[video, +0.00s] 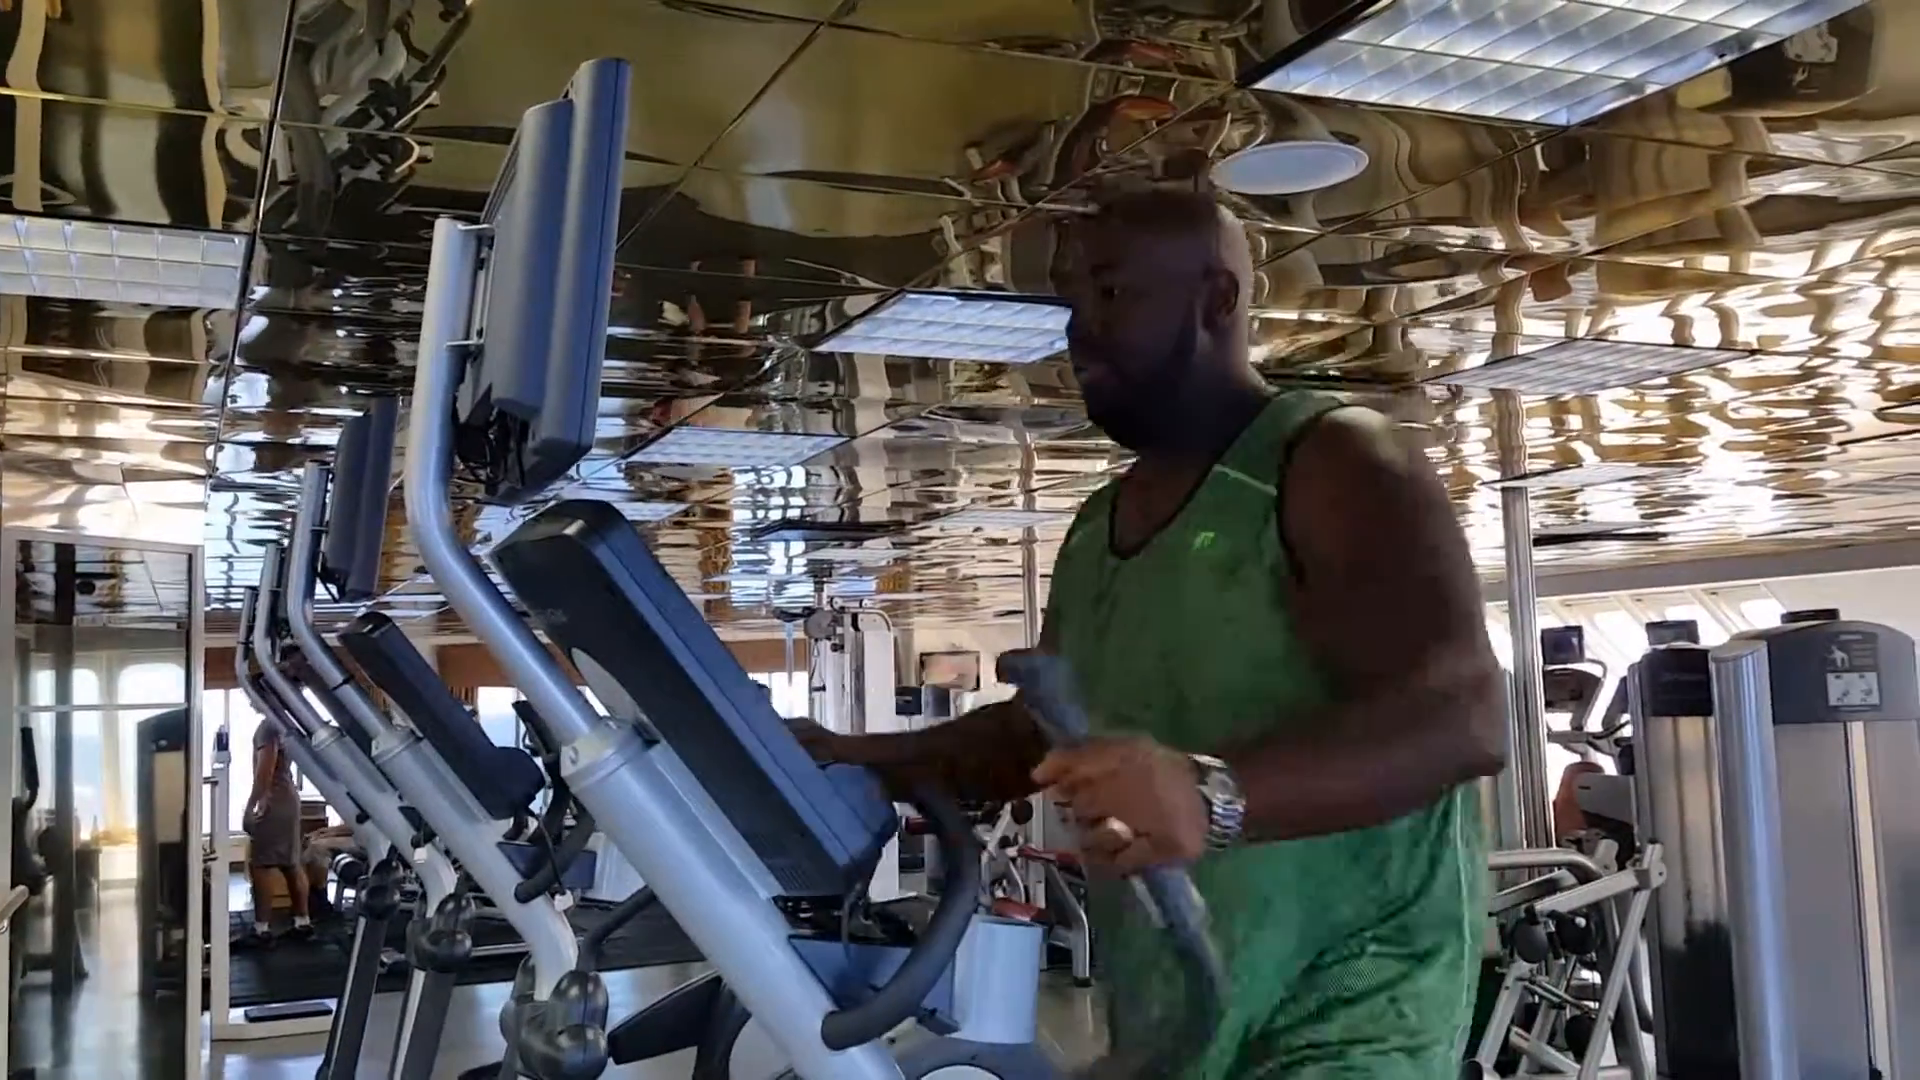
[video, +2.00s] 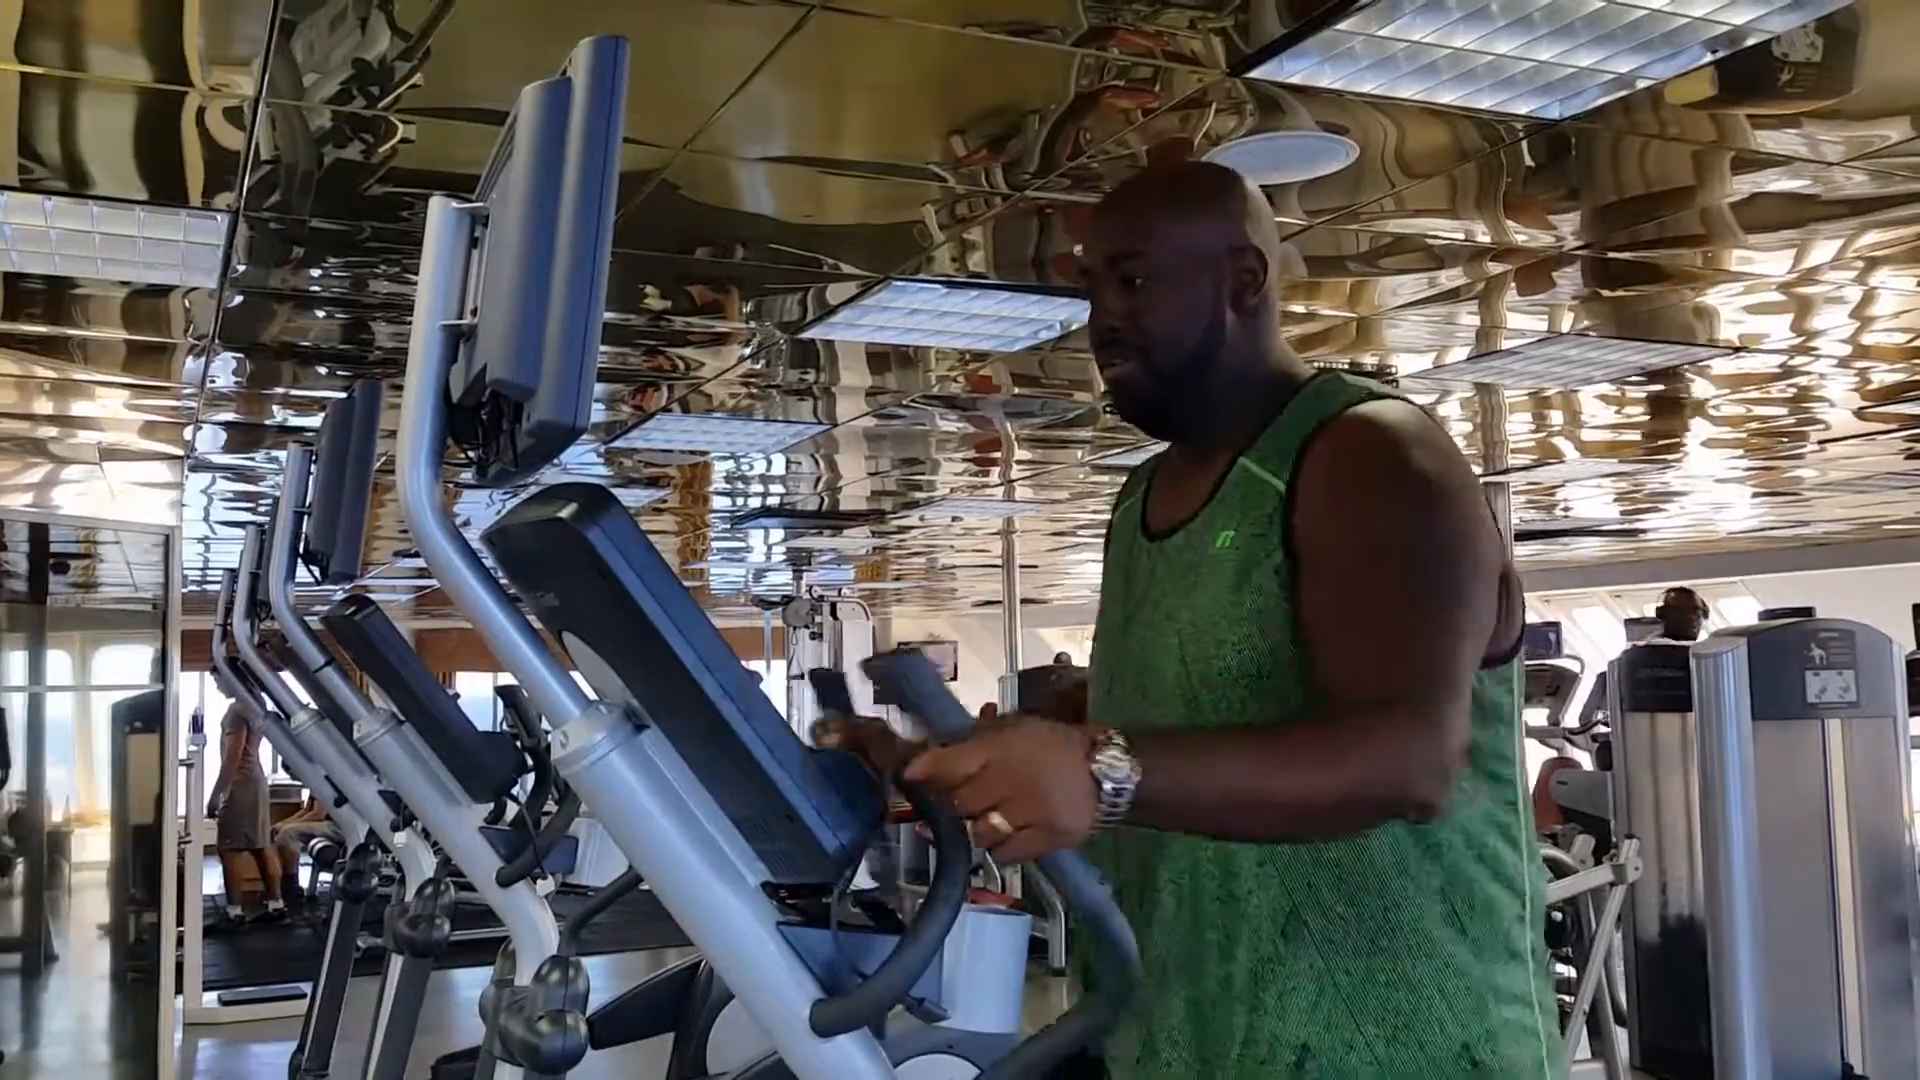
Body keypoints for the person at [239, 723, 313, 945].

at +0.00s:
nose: (248, 693)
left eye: (251, 693)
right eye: (247, 693)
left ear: (263, 693)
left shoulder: (267, 727)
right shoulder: (285, 723)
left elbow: (265, 771)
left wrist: (250, 806)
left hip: (271, 799)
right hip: (289, 798)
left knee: (260, 866)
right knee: (292, 864)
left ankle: (261, 927)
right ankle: (303, 922)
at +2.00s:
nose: (215, 683)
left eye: (217, 674)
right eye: (214, 676)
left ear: (231, 675)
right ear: (240, 677)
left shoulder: (237, 710)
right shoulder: (255, 705)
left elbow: (232, 759)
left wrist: (216, 794)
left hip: (240, 785)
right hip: (258, 783)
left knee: (228, 849)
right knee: (261, 846)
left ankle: (234, 910)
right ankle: (276, 904)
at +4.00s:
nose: (204, 688)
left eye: (205, 682)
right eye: (202, 683)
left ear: (217, 679)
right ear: (225, 679)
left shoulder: (225, 710)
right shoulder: (242, 706)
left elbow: (221, 761)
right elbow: (236, 754)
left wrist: (204, 794)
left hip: (231, 785)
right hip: (247, 783)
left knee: (219, 848)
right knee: (253, 845)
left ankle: (226, 910)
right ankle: (269, 904)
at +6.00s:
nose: (214, 682)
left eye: (216, 673)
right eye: (213, 674)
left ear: (228, 677)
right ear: (238, 678)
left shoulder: (234, 712)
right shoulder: (251, 709)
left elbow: (228, 760)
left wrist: (215, 794)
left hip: (236, 786)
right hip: (253, 783)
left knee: (228, 850)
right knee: (258, 846)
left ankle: (229, 913)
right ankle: (273, 907)